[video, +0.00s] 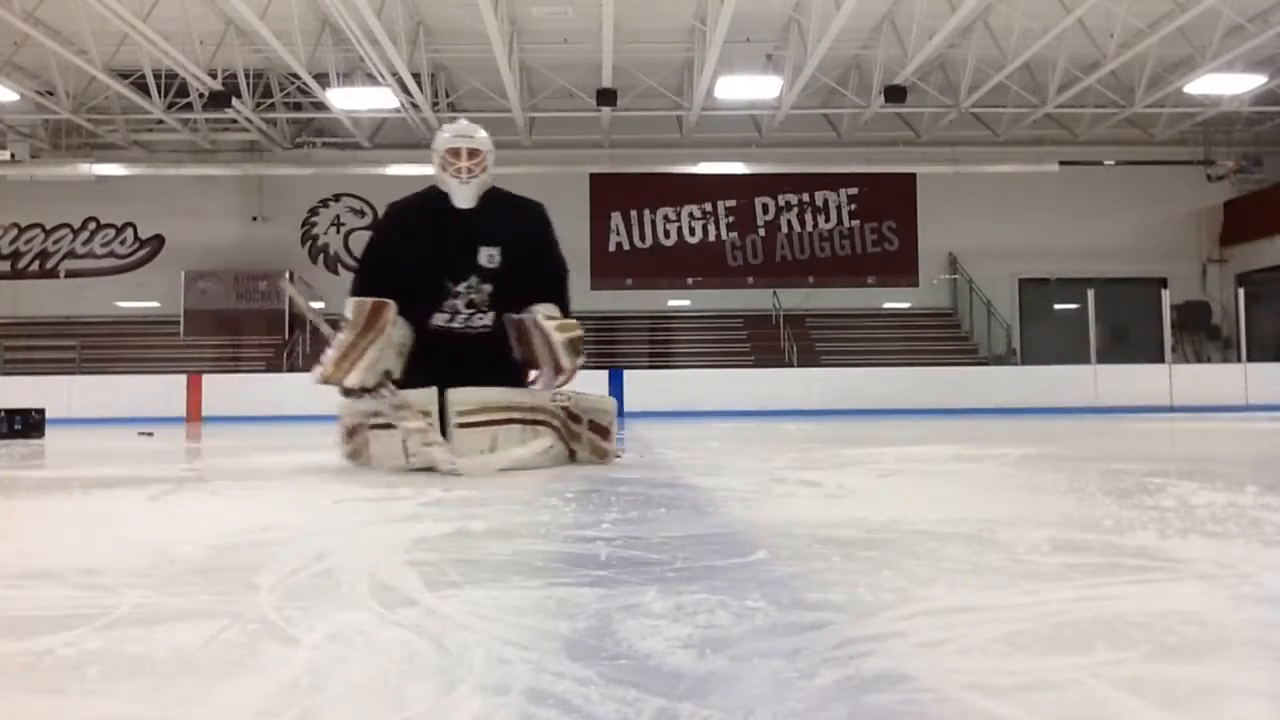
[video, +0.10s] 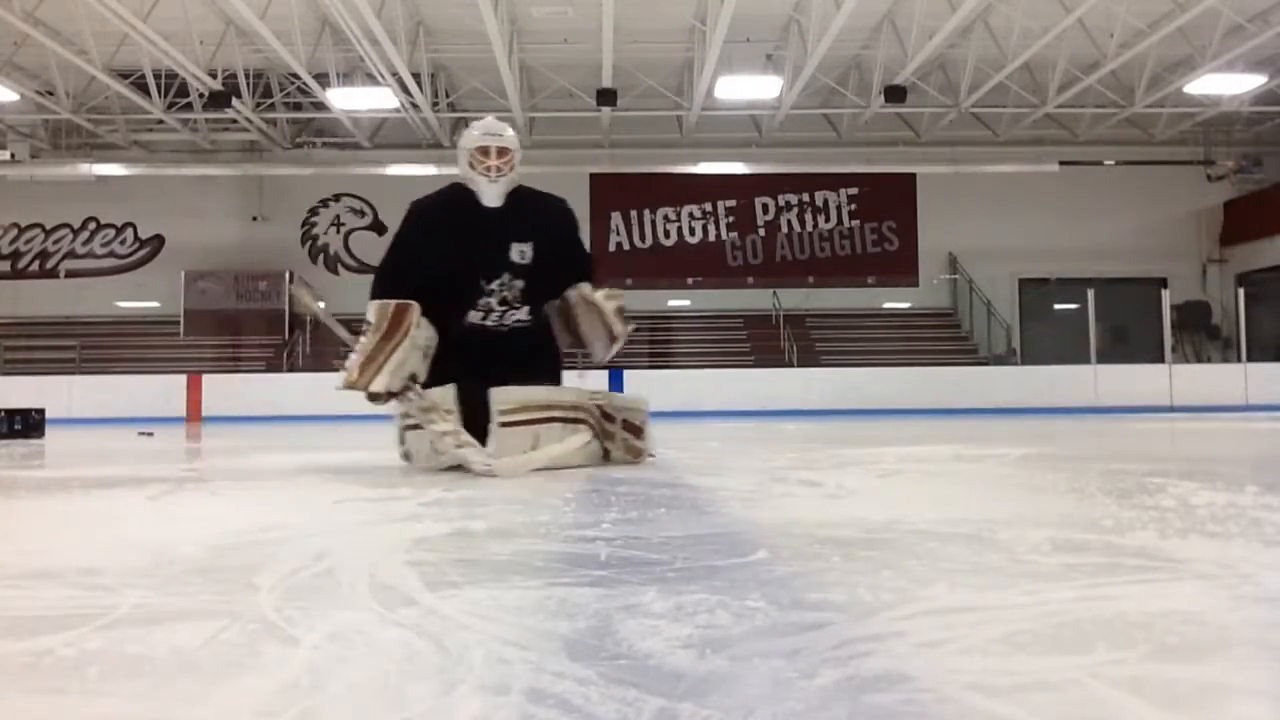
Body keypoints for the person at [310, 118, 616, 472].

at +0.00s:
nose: (464, 165)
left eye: (474, 155)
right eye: (453, 156)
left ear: (488, 160)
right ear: (437, 161)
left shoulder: (525, 217)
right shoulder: (404, 217)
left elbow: (550, 298)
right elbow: (370, 302)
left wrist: (549, 352)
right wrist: (366, 364)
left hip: (502, 383)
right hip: (422, 384)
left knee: (504, 500)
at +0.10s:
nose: (493, 163)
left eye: (503, 154)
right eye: (483, 154)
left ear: (515, 159)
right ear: (466, 159)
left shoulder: (548, 212)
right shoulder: (431, 214)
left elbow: (575, 284)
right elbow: (392, 291)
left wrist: (590, 326)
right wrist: (390, 363)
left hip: (532, 372)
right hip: (454, 372)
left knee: (535, 476)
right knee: (457, 476)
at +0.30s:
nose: (560, 153)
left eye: (569, 144)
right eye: (549, 143)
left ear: (580, 149)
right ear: (528, 147)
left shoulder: (597, 203)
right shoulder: (492, 199)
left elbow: (635, 257)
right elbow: (439, 264)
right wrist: (417, 333)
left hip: (574, 328)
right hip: (501, 332)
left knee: (625, 352)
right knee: (488, 435)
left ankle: (637, 437)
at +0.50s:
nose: (621, 130)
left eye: (631, 122)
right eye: (610, 120)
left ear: (642, 129)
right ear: (591, 124)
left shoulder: (659, 186)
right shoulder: (556, 172)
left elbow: (696, 247)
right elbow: (486, 232)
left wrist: (738, 236)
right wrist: (459, 300)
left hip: (606, 308)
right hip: (532, 311)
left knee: (645, 362)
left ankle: (641, 436)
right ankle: (469, 429)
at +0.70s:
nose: (618, 105)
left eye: (629, 96)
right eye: (606, 95)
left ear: (644, 102)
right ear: (587, 100)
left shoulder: (672, 162)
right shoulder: (553, 148)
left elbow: (679, 235)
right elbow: (488, 199)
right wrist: (440, 265)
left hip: (632, 287)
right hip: (549, 278)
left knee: (664, 358)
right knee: (569, 342)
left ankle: (646, 437)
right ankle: (499, 434)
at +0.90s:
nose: (571, 43)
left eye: (583, 32)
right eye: (559, 31)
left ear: (599, 41)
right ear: (542, 37)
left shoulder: (635, 104)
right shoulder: (500, 101)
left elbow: (680, 179)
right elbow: (430, 181)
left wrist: (687, 211)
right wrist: (387, 259)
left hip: (602, 250)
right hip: (509, 247)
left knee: (659, 332)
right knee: (528, 327)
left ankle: (683, 435)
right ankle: (448, 436)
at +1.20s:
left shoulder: (659, 56)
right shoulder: (500, 45)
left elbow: (680, 145)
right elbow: (442, 162)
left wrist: (733, 164)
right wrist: (409, 246)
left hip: (604, 204)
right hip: (506, 204)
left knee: (672, 297)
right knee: (521, 311)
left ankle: (735, 431)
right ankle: (412, 425)